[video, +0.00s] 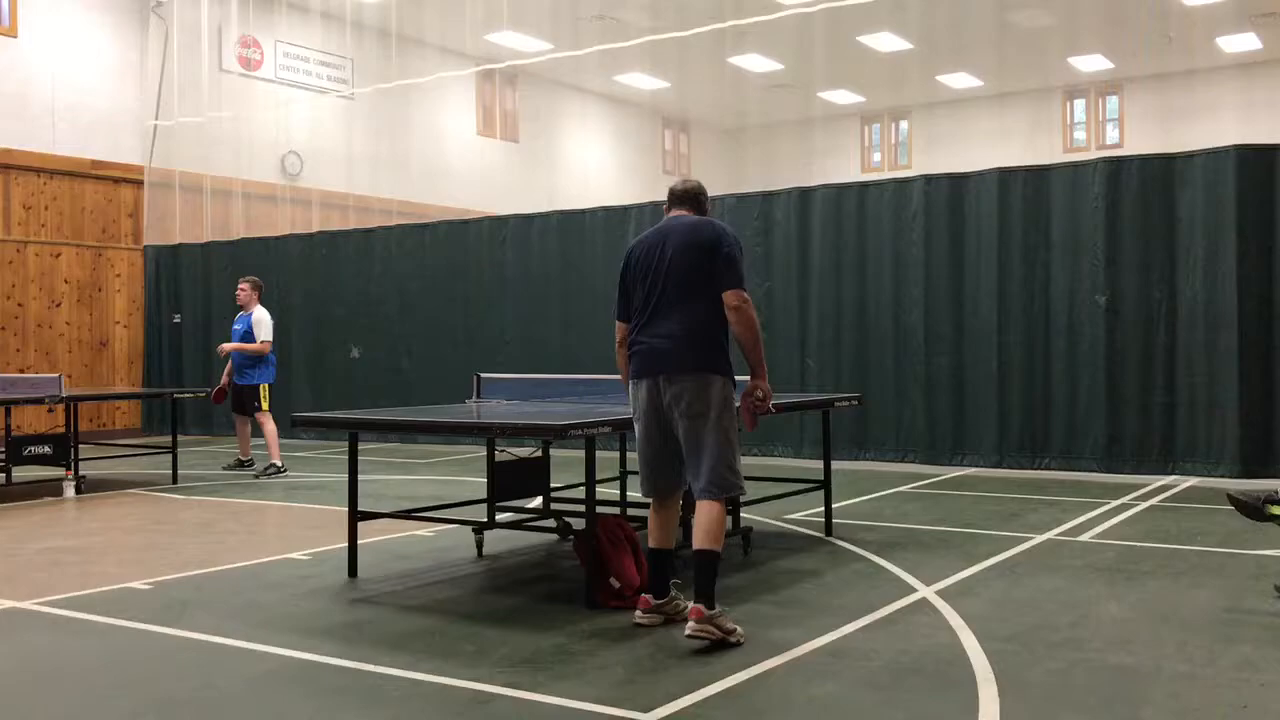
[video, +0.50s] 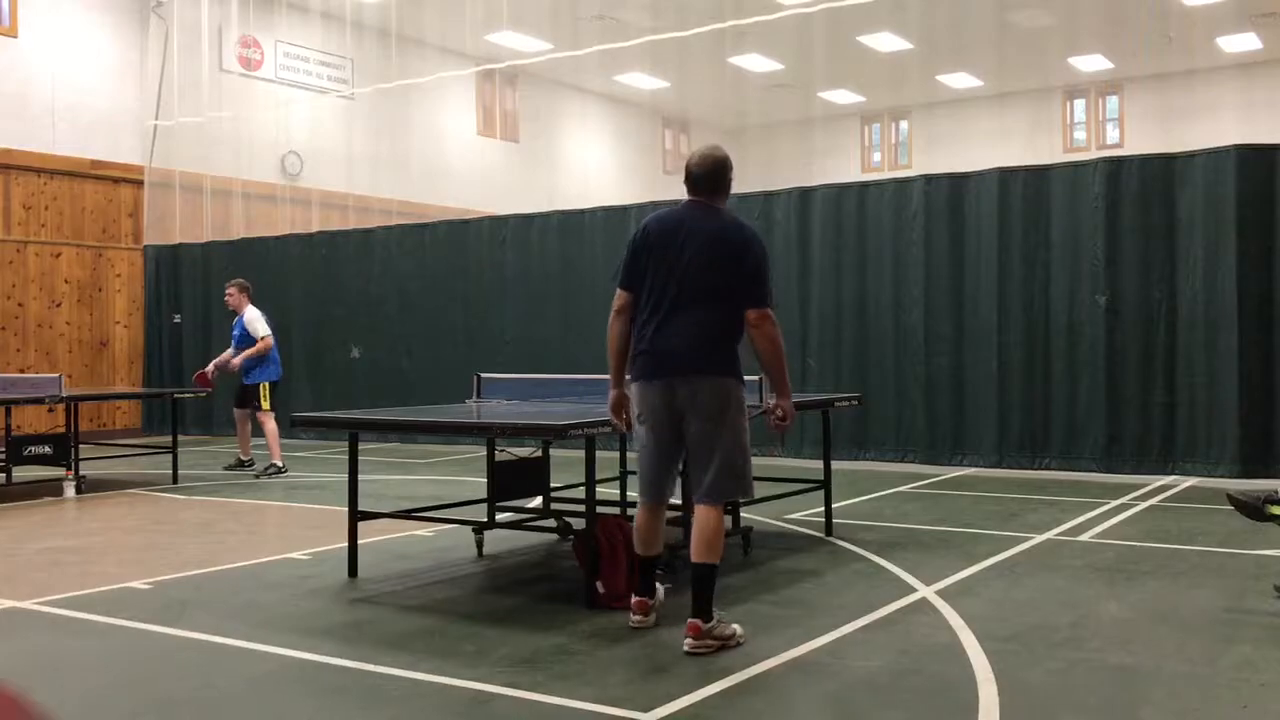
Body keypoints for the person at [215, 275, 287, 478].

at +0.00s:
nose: (238, 293)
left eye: (242, 290)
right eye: (238, 290)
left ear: (255, 294)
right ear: (240, 294)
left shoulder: (261, 315)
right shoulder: (240, 316)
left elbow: (265, 347)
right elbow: (238, 350)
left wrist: (233, 346)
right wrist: (226, 374)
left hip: (259, 377)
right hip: (240, 377)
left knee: (263, 416)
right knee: (241, 416)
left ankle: (276, 462)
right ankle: (245, 458)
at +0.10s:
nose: (237, 293)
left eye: (242, 290)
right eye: (238, 289)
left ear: (254, 294)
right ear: (241, 293)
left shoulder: (261, 315)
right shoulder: (240, 316)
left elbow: (265, 347)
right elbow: (238, 350)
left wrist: (234, 346)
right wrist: (225, 374)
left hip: (259, 376)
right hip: (240, 376)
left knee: (263, 416)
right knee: (241, 416)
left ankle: (276, 462)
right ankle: (245, 458)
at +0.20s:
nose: (236, 293)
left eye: (241, 290)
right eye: (236, 290)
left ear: (253, 294)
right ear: (241, 294)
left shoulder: (261, 315)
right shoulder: (241, 317)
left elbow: (266, 346)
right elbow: (239, 352)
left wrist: (235, 348)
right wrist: (223, 373)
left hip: (259, 377)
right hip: (241, 377)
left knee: (263, 416)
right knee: (242, 417)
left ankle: (276, 462)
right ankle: (245, 458)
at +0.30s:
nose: (234, 296)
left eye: (237, 292)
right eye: (233, 293)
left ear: (251, 294)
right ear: (241, 295)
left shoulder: (259, 315)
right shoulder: (241, 317)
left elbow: (267, 345)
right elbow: (239, 351)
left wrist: (237, 349)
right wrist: (221, 367)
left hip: (260, 375)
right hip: (244, 375)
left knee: (264, 415)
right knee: (241, 415)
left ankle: (276, 462)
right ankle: (245, 458)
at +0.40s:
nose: (230, 299)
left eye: (234, 295)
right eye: (229, 295)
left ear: (247, 295)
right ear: (237, 297)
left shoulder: (256, 315)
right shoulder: (242, 319)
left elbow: (266, 344)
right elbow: (238, 349)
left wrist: (237, 351)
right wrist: (219, 364)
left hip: (263, 374)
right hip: (249, 375)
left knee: (265, 416)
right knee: (239, 413)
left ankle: (277, 462)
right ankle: (243, 457)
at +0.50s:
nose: (226, 298)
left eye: (230, 295)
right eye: (226, 295)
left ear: (243, 296)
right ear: (234, 298)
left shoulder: (252, 315)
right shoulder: (238, 320)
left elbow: (267, 342)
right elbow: (234, 350)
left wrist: (241, 358)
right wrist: (214, 364)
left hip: (264, 373)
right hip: (250, 374)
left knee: (265, 415)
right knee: (240, 413)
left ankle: (277, 462)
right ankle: (245, 458)